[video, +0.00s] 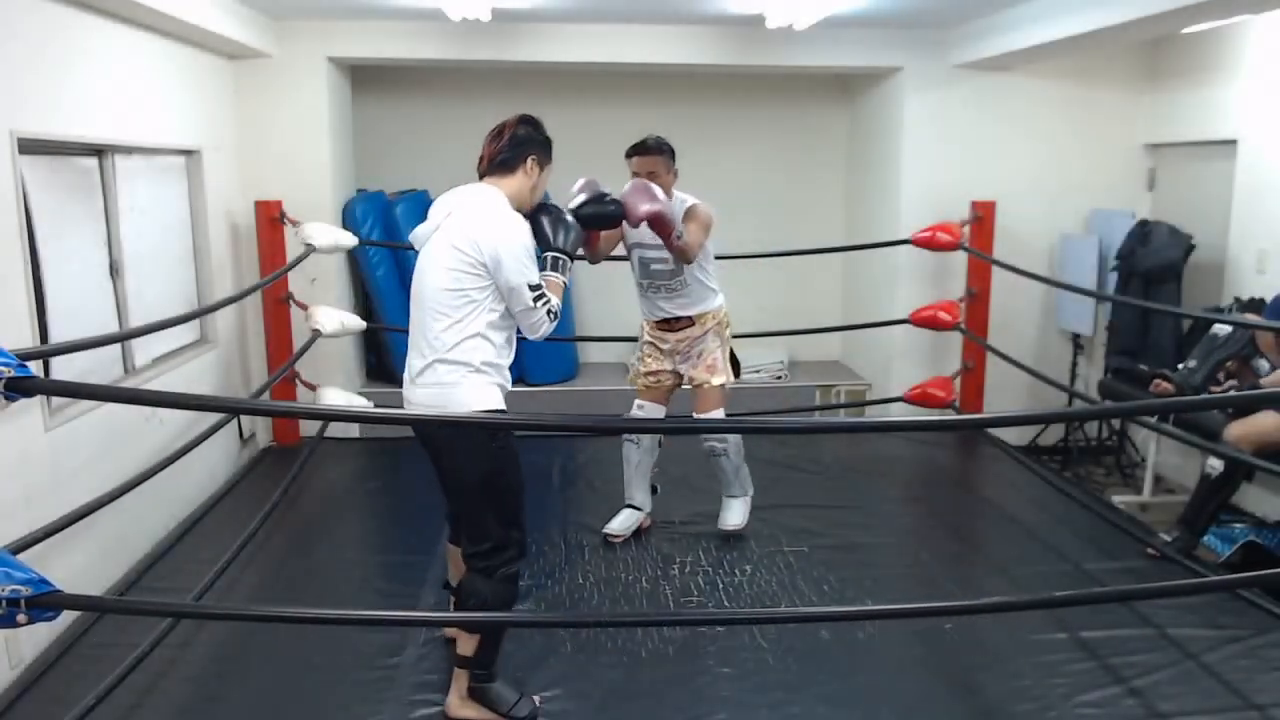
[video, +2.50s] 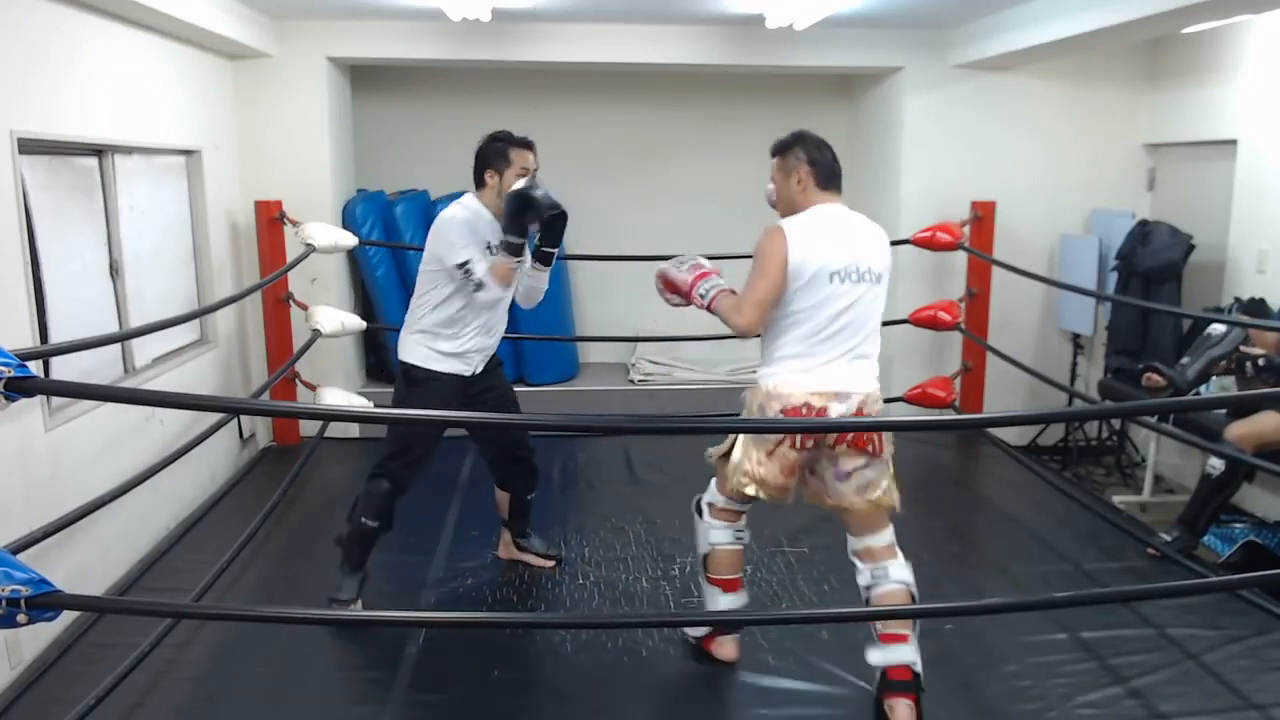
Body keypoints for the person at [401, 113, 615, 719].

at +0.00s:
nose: (540, 193)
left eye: (543, 182)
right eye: (543, 179)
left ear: (493, 160)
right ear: (528, 165)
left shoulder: (447, 209)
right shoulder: (501, 219)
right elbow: (537, 321)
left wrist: (544, 256)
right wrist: (560, 267)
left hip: (427, 400)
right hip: (471, 406)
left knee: (465, 518)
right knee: (498, 548)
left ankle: (460, 615)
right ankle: (466, 692)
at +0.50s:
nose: (561, 201)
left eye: (564, 191)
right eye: (562, 189)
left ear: (515, 176)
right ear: (544, 180)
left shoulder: (471, 218)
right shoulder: (519, 233)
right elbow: (546, 331)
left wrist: (549, 279)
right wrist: (578, 279)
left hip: (444, 396)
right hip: (480, 402)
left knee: (497, 497)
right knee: (502, 541)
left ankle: (507, 576)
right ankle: (462, 688)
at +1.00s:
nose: (544, 198)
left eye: (545, 189)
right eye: (544, 188)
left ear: (500, 175)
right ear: (529, 180)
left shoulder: (457, 215)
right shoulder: (507, 229)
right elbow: (543, 313)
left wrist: (536, 238)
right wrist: (563, 257)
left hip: (441, 384)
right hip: (471, 392)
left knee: (514, 468)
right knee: (477, 512)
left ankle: (499, 577)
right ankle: (413, 643)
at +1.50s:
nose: (547, 194)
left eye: (548, 183)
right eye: (545, 182)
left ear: (512, 178)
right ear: (518, 180)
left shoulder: (486, 223)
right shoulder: (471, 223)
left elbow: (501, 307)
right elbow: (505, 319)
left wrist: (540, 261)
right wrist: (544, 265)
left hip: (474, 377)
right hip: (444, 380)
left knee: (514, 465)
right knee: (451, 502)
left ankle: (510, 556)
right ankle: (410, 640)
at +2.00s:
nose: (488, 177)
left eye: (487, 167)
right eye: (478, 169)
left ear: (452, 175)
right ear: (444, 175)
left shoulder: (470, 228)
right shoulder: (411, 234)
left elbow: (469, 300)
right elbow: (433, 328)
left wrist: (505, 262)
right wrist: (491, 283)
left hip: (457, 383)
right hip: (410, 389)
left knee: (514, 460)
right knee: (403, 507)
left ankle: (510, 550)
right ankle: (351, 610)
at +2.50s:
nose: (529, 184)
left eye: (532, 175)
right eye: (522, 174)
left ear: (524, 179)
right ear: (490, 176)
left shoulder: (509, 226)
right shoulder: (455, 220)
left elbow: (528, 298)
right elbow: (491, 285)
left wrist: (546, 246)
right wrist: (516, 233)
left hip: (479, 363)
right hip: (429, 363)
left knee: (515, 455)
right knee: (400, 465)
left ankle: (514, 539)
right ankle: (352, 569)